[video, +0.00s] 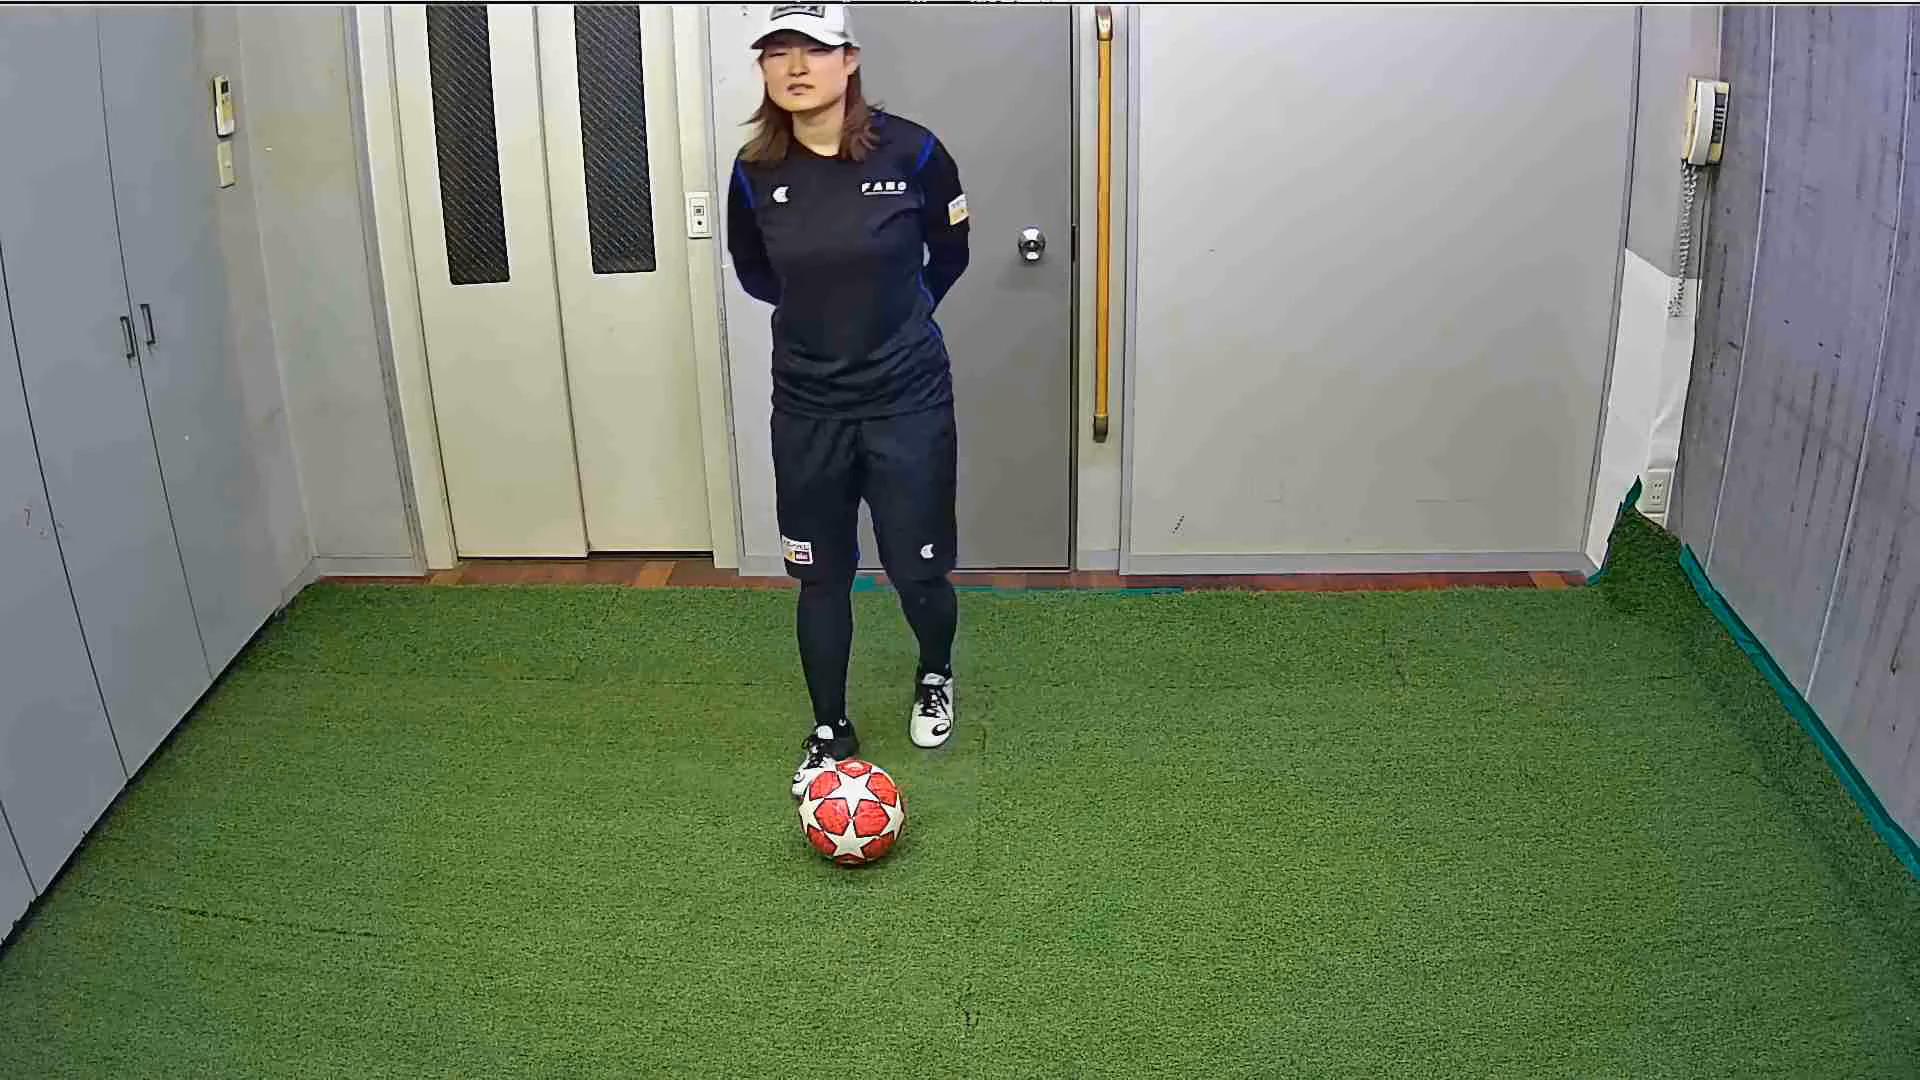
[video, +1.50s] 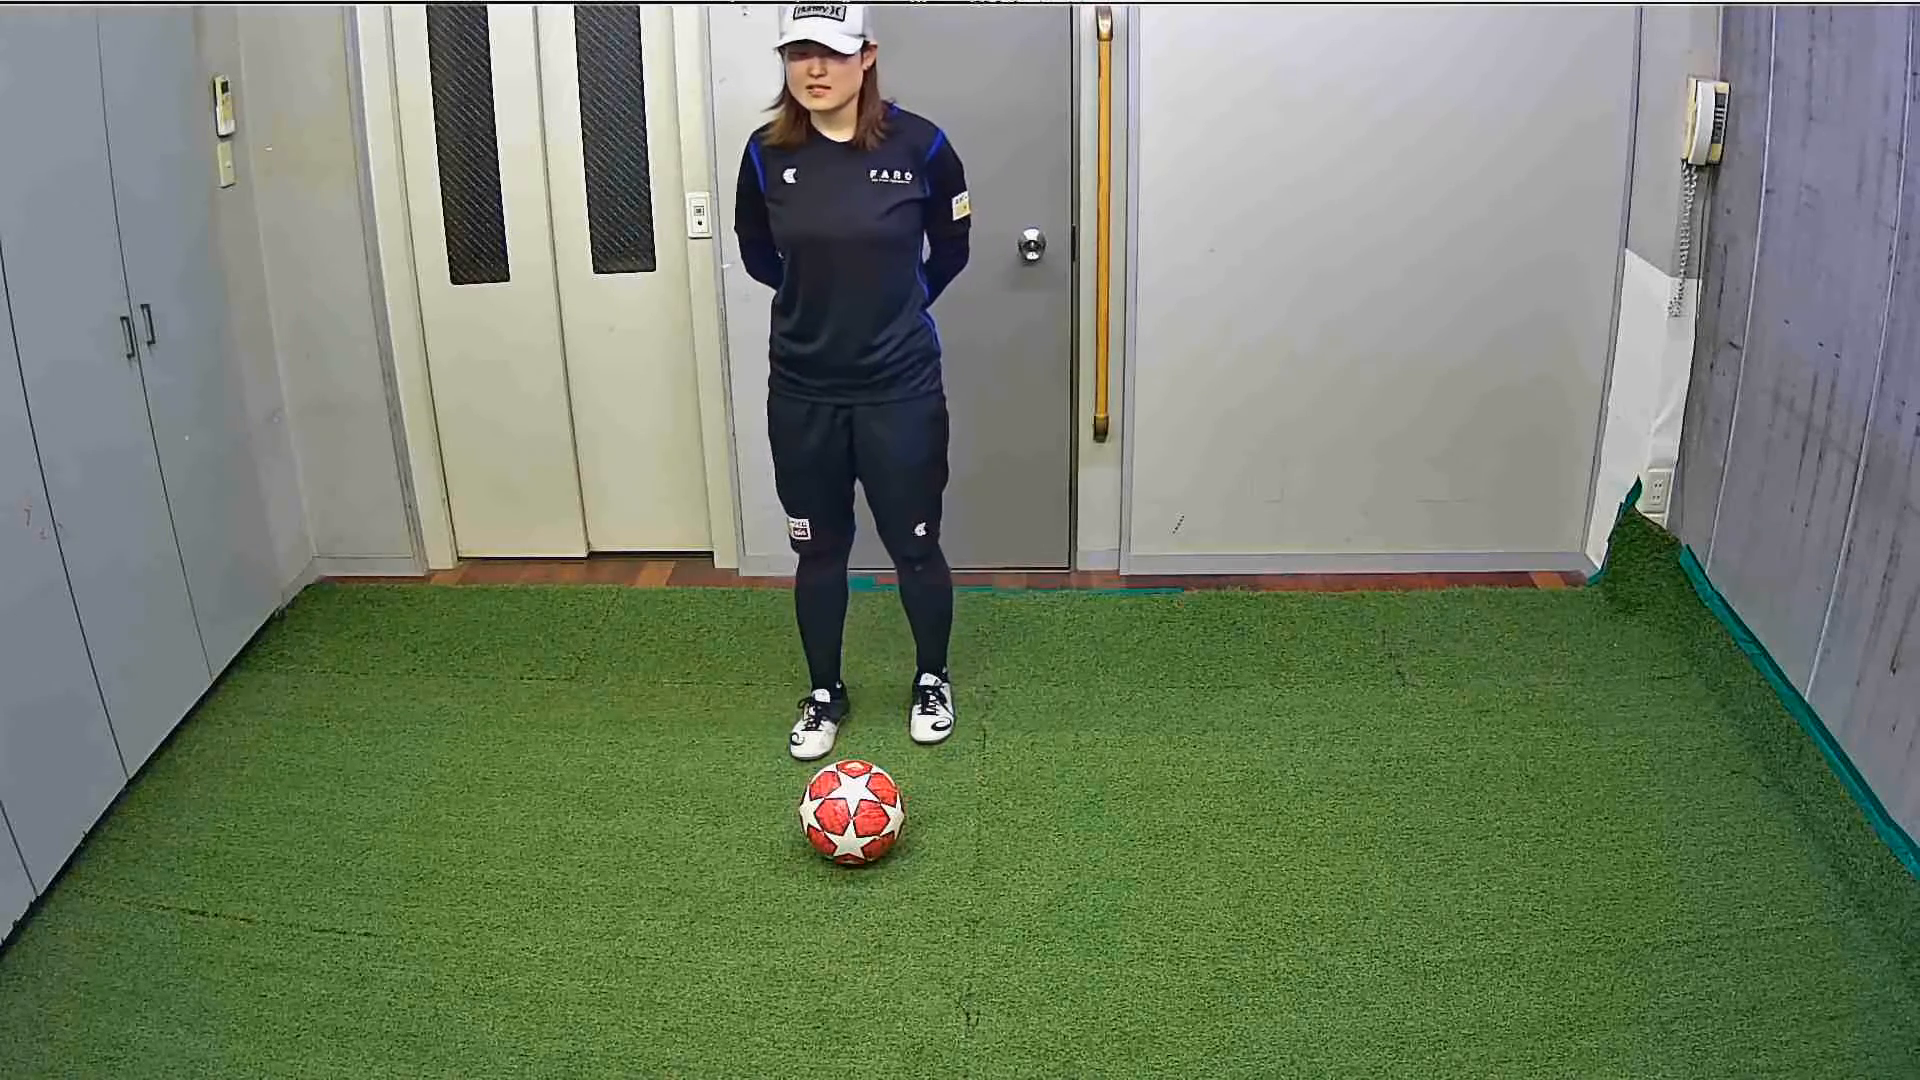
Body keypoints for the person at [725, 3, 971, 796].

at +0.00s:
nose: (793, 66)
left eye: (812, 50)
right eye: (778, 54)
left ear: (849, 62)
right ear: (765, 71)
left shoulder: (914, 151)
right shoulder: (754, 170)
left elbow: (953, 252)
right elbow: (752, 273)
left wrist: (895, 313)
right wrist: (822, 306)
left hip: (906, 397)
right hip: (806, 403)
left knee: (920, 573)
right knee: (816, 571)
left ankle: (933, 675)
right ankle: (830, 730)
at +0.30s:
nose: (837, 65)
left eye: (854, 51)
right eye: (823, 54)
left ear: (892, 60)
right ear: (810, 69)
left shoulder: (950, 150)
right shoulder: (795, 158)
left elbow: (984, 247)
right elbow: (785, 252)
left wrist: (926, 302)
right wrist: (847, 290)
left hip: (927, 384)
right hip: (831, 385)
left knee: (934, 545)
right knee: (829, 553)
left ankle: (933, 678)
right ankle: (823, 722)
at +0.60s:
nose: (854, 61)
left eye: (871, 46)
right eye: (841, 48)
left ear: (907, 55)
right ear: (826, 63)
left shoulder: (962, 144)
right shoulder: (808, 148)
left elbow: (990, 245)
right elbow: (797, 242)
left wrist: (932, 296)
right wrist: (855, 280)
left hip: (932, 376)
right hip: (838, 376)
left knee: (937, 536)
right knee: (831, 534)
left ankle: (933, 679)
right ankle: (824, 693)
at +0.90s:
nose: (835, 73)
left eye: (851, 57)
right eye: (822, 59)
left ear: (888, 57)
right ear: (809, 66)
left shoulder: (946, 142)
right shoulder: (793, 148)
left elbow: (977, 246)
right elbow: (785, 248)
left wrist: (919, 300)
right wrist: (845, 283)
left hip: (920, 378)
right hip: (825, 380)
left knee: (930, 539)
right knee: (826, 540)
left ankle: (933, 681)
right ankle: (825, 694)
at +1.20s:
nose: (819, 70)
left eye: (836, 54)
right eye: (806, 55)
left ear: (873, 58)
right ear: (790, 64)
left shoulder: (927, 142)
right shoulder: (774, 152)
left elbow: (961, 246)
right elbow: (765, 250)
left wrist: (902, 300)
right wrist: (827, 286)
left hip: (906, 382)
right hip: (810, 384)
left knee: (920, 542)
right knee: (818, 543)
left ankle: (932, 682)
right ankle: (825, 692)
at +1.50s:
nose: (814, 69)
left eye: (831, 53)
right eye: (801, 54)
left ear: (866, 59)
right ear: (785, 65)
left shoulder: (920, 145)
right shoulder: (765, 155)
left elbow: (952, 250)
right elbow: (755, 251)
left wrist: (895, 303)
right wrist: (816, 289)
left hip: (900, 385)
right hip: (802, 388)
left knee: (915, 543)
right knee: (815, 547)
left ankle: (931, 681)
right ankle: (824, 695)